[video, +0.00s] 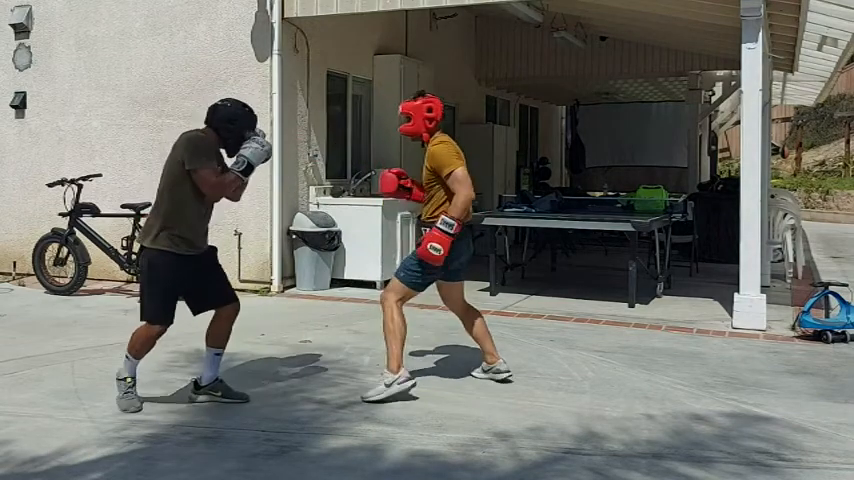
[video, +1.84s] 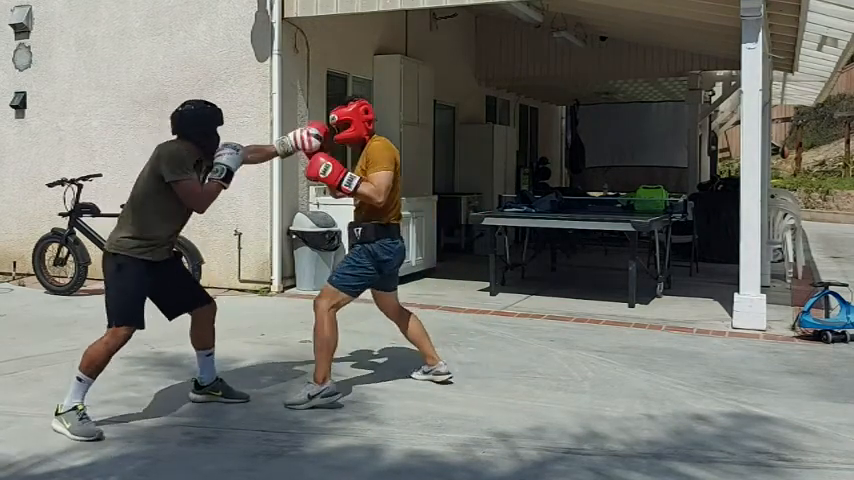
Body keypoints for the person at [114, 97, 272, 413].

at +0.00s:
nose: (245, 140)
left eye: (248, 135)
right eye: (245, 134)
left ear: (223, 127)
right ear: (228, 128)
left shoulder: (214, 153)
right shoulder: (195, 141)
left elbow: (234, 193)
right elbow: (212, 188)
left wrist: (249, 162)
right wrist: (243, 164)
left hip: (195, 251)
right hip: (161, 249)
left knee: (228, 307)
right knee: (157, 324)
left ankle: (209, 380)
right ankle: (126, 376)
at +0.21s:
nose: (240, 134)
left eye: (241, 129)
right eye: (238, 128)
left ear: (214, 123)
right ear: (224, 126)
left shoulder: (211, 154)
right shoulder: (192, 141)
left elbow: (225, 203)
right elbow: (218, 194)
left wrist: (246, 170)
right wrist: (241, 161)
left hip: (184, 249)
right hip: (151, 246)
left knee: (217, 306)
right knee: (143, 318)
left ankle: (207, 381)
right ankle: (91, 393)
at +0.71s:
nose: (212, 138)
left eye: (213, 133)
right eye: (210, 132)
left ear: (183, 129)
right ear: (194, 131)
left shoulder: (179, 156)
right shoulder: (164, 151)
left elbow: (179, 200)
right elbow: (191, 201)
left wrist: (208, 171)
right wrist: (215, 171)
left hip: (167, 257)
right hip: (136, 257)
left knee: (212, 306)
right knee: (126, 334)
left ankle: (206, 381)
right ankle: (72, 408)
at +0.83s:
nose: (219, 148)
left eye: (219, 141)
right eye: (216, 141)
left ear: (185, 137)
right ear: (201, 141)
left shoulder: (175, 163)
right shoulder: (171, 159)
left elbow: (156, 220)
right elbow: (196, 210)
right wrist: (219, 180)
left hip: (165, 263)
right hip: (137, 263)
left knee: (213, 307)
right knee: (133, 340)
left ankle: (206, 381)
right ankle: (73, 409)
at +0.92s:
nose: (220, 157)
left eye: (220, 150)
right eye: (217, 150)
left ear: (186, 145)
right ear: (203, 149)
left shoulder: (177, 170)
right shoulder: (177, 165)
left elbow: (186, 227)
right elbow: (195, 219)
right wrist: (220, 192)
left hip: (161, 268)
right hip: (131, 268)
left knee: (210, 308)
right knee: (138, 343)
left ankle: (207, 382)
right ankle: (74, 409)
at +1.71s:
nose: (210, 140)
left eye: (210, 133)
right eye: (207, 133)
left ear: (176, 132)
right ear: (193, 134)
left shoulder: (172, 163)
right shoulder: (163, 159)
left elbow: (179, 212)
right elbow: (186, 213)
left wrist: (208, 183)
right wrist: (209, 180)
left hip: (159, 262)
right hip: (130, 262)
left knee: (209, 307)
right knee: (132, 339)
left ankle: (206, 381)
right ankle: (73, 409)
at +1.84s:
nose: (219, 137)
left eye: (219, 131)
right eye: (216, 130)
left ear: (192, 132)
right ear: (202, 132)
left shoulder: (201, 157)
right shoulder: (173, 153)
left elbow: (244, 154)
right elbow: (200, 203)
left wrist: (292, 143)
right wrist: (224, 170)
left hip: (161, 256)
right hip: (127, 255)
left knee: (204, 308)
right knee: (121, 331)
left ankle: (207, 383)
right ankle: (70, 406)